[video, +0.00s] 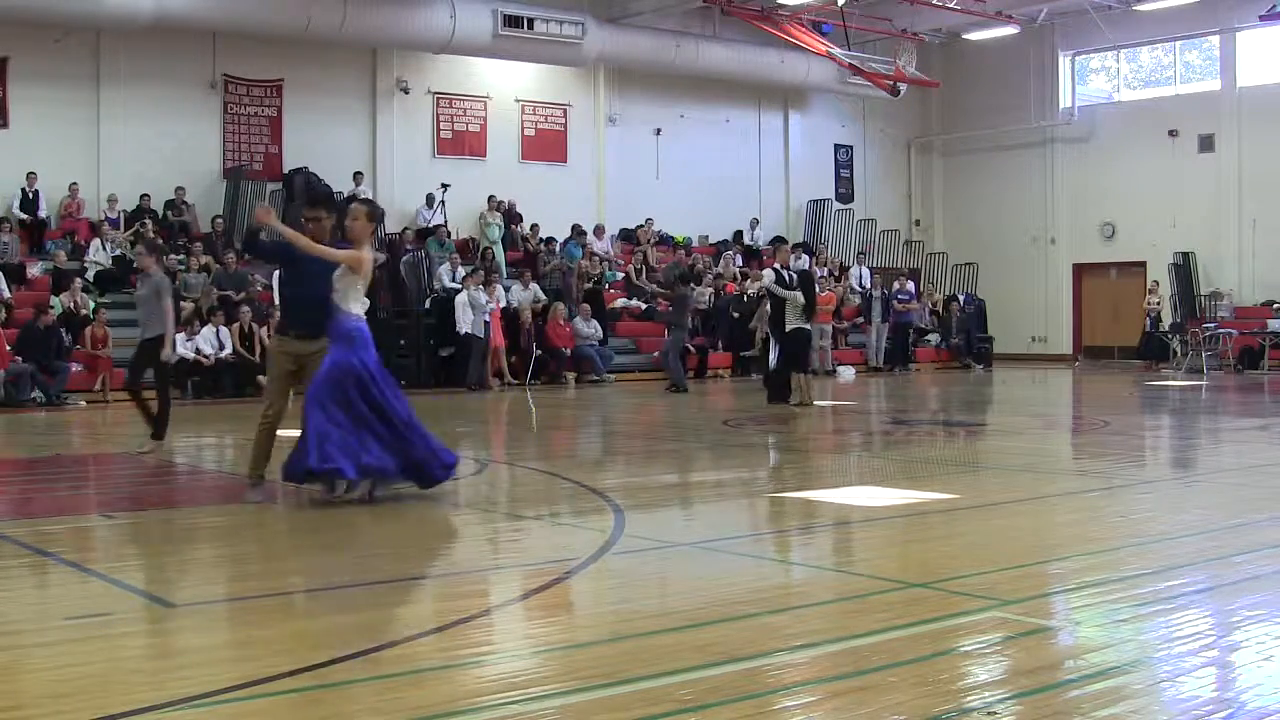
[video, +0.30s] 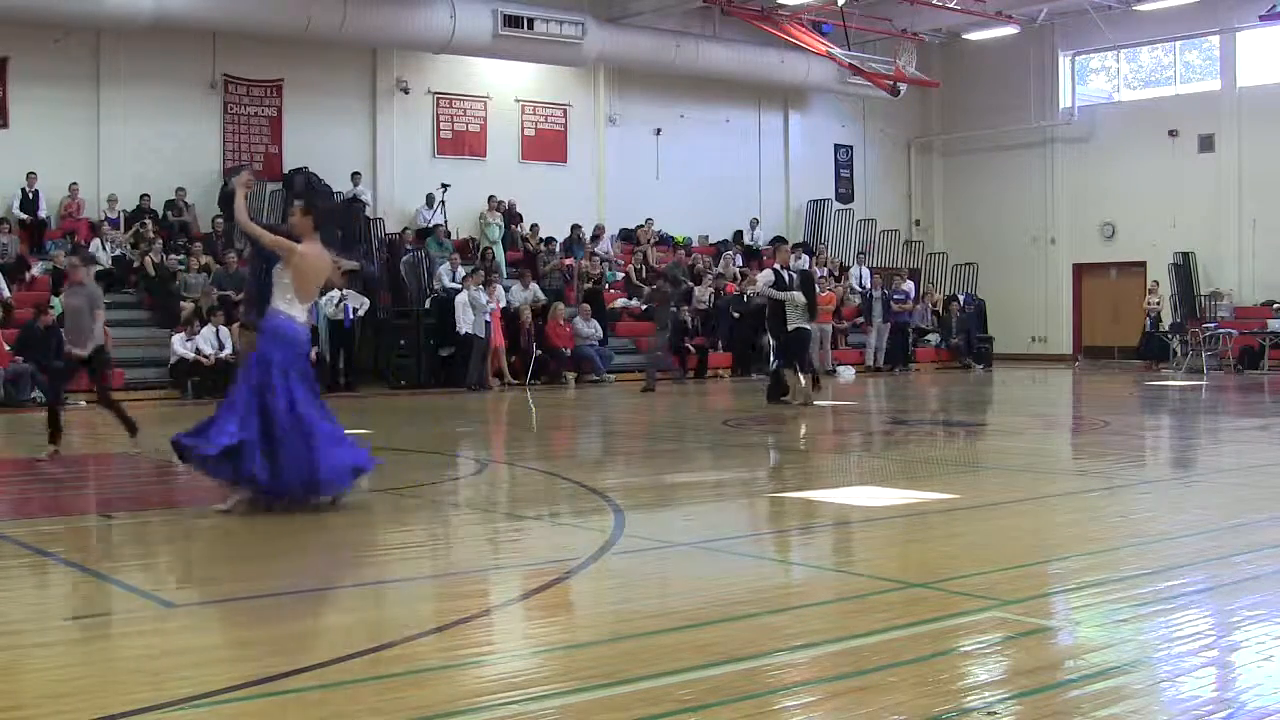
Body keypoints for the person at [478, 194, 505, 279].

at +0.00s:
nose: (494, 204)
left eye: (495, 202)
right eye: (492, 202)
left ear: (497, 203)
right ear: (488, 203)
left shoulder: (499, 215)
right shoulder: (483, 214)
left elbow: (502, 227)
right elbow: (482, 227)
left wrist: (499, 237)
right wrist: (489, 238)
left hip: (496, 240)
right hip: (486, 240)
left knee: (499, 258)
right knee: (486, 258)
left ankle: (501, 277)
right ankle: (485, 277)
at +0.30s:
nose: (494, 204)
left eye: (495, 202)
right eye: (492, 202)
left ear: (497, 203)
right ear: (488, 203)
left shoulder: (499, 215)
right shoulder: (483, 214)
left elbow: (502, 227)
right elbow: (482, 227)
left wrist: (499, 238)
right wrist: (489, 238)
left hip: (496, 240)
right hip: (486, 240)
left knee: (499, 258)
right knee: (486, 257)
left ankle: (500, 276)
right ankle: (485, 276)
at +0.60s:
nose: (495, 204)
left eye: (496, 202)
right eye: (494, 202)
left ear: (498, 203)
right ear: (489, 203)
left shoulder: (500, 215)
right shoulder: (484, 214)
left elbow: (502, 227)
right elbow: (483, 227)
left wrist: (499, 238)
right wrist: (490, 238)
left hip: (497, 240)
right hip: (487, 239)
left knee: (499, 258)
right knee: (487, 257)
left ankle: (500, 276)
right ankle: (486, 275)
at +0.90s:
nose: (495, 204)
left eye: (496, 202)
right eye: (493, 202)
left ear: (498, 203)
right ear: (489, 203)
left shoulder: (500, 215)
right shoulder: (484, 214)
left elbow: (502, 227)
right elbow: (483, 227)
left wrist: (499, 238)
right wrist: (490, 238)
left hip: (497, 240)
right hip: (487, 240)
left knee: (499, 258)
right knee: (487, 257)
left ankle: (500, 275)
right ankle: (486, 275)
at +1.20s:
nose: (495, 204)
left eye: (496, 202)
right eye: (493, 202)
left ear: (498, 203)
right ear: (489, 203)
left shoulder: (500, 215)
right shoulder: (484, 214)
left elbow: (502, 227)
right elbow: (483, 227)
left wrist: (499, 237)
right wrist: (490, 238)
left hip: (497, 239)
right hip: (487, 238)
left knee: (499, 257)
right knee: (487, 256)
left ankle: (500, 275)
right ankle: (486, 275)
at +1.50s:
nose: (495, 204)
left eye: (496, 202)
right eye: (493, 202)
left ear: (498, 203)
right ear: (489, 203)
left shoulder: (500, 215)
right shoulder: (484, 214)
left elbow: (502, 227)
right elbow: (483, 227)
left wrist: (499, 237)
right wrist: (490, 238)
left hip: (497, 239)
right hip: (487, 238)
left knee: (499, 257)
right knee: (487, 256)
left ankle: (500, 275)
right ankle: (486, 275)